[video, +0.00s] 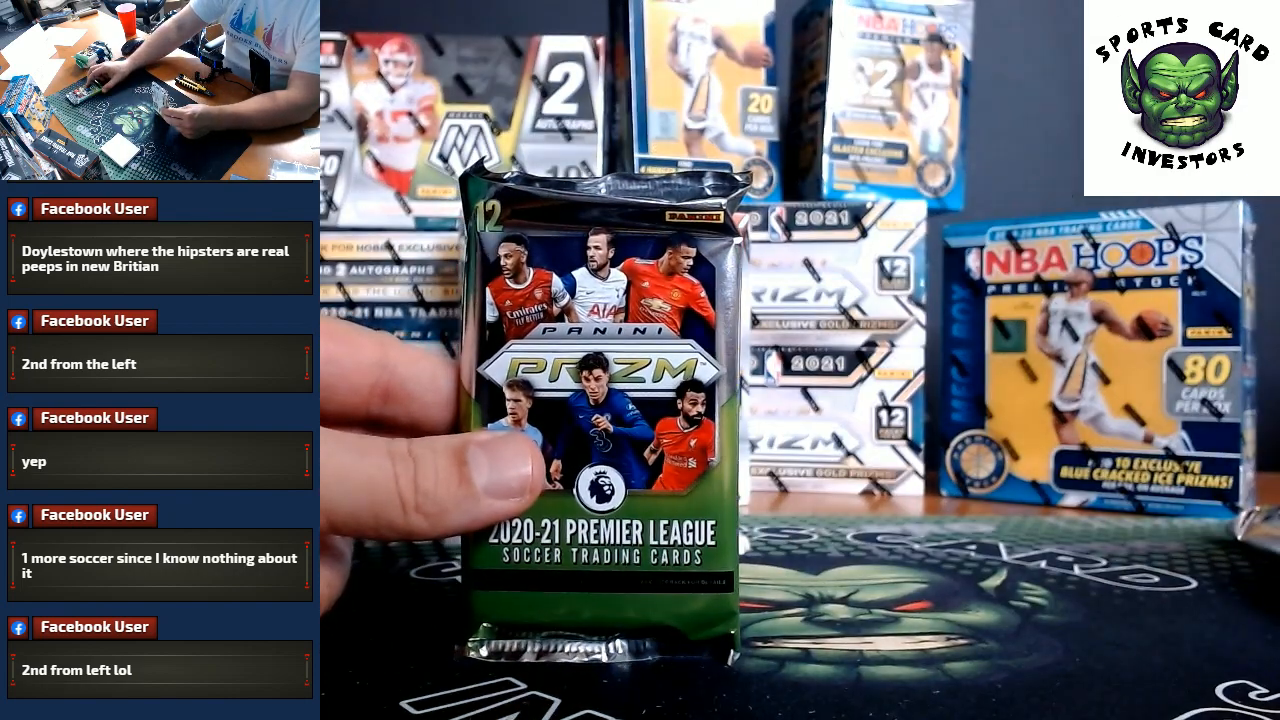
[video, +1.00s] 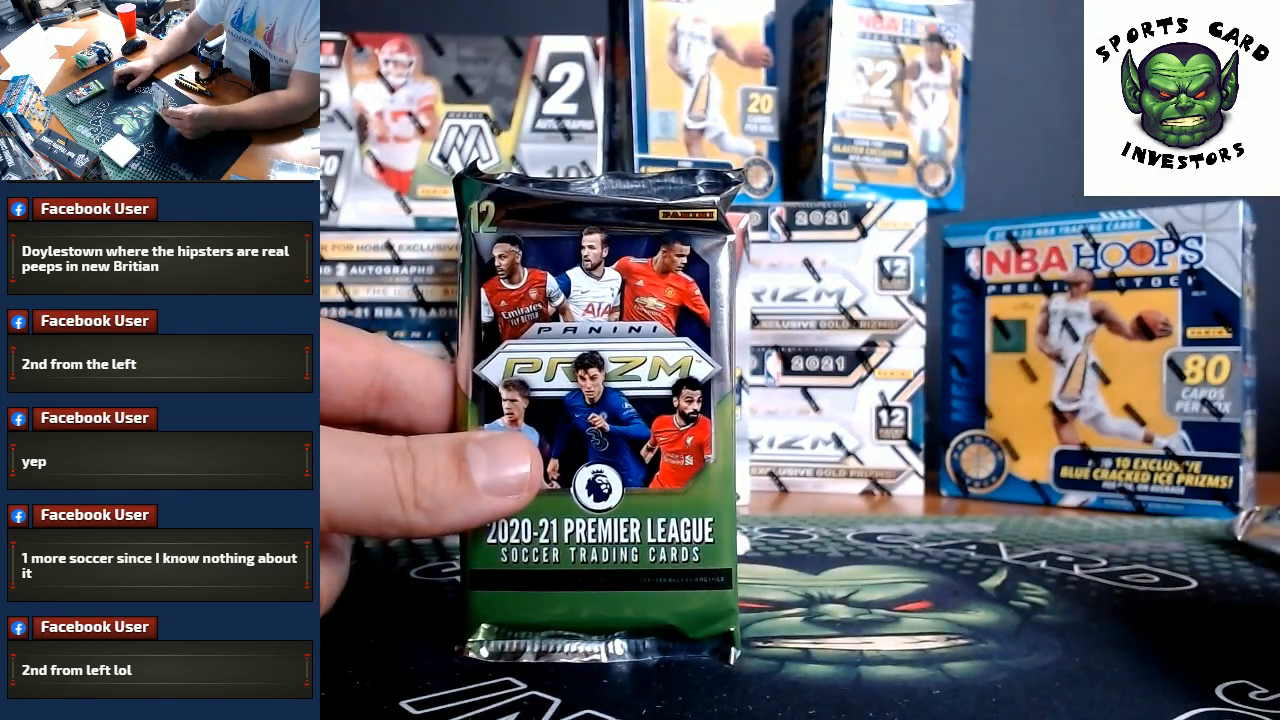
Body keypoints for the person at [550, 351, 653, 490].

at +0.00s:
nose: (592, 386)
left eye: (598, 379)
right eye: (587, 380)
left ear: (607, 377)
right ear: (581, 379)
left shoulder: (619, 400)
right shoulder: (575, 403)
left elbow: (647, 433)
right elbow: (568, 430)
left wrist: (613, 430)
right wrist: (558, 458)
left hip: (630, 473)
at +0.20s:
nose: (591, 386)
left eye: (597, 379)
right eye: (586, 379)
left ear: (606, 376)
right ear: (580, 378)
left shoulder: (618, 400)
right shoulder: (575, 402)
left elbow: (646, 432)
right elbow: (567, 430)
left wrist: (613, 429)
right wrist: (558, 457)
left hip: (629, 473)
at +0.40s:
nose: (591, 385)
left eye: (596, 378)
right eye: (586, 379)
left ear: (606, 376)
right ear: (580, 378)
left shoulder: (617, 399)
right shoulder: (574, 402)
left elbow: (646, 432)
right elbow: (567, 428)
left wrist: (612, 429)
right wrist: (558, 457)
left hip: (630, 474)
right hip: (598, 472)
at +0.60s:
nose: (591, 385)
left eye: (597, 378)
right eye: (586, 379)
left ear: (606, 376)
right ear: (580, 378)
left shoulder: (618, 400)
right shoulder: (574, 402)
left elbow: (646, 432)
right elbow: (567, 428)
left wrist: (613, 429)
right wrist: (558, 457)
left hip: (630, 473)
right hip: (598, 470)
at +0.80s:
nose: (590, 386)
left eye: (595, 379)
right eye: (585, 379)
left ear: (605, 376)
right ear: (579, 379)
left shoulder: (617, 400)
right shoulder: (573, 402)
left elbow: (645, 432)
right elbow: (567, 428)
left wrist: (612, 429)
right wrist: (556, 457)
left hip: (629, 474)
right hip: (597, 473)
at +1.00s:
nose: (588, 385)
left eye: (593, 378)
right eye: (582, 379)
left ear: (603, 375)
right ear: (576, 378)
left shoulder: (615, 399)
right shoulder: (571, 402)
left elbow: (644, 432)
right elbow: (565, 427)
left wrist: (610, 429)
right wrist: (555, 457)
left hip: (628, 474)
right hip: (596, 472)